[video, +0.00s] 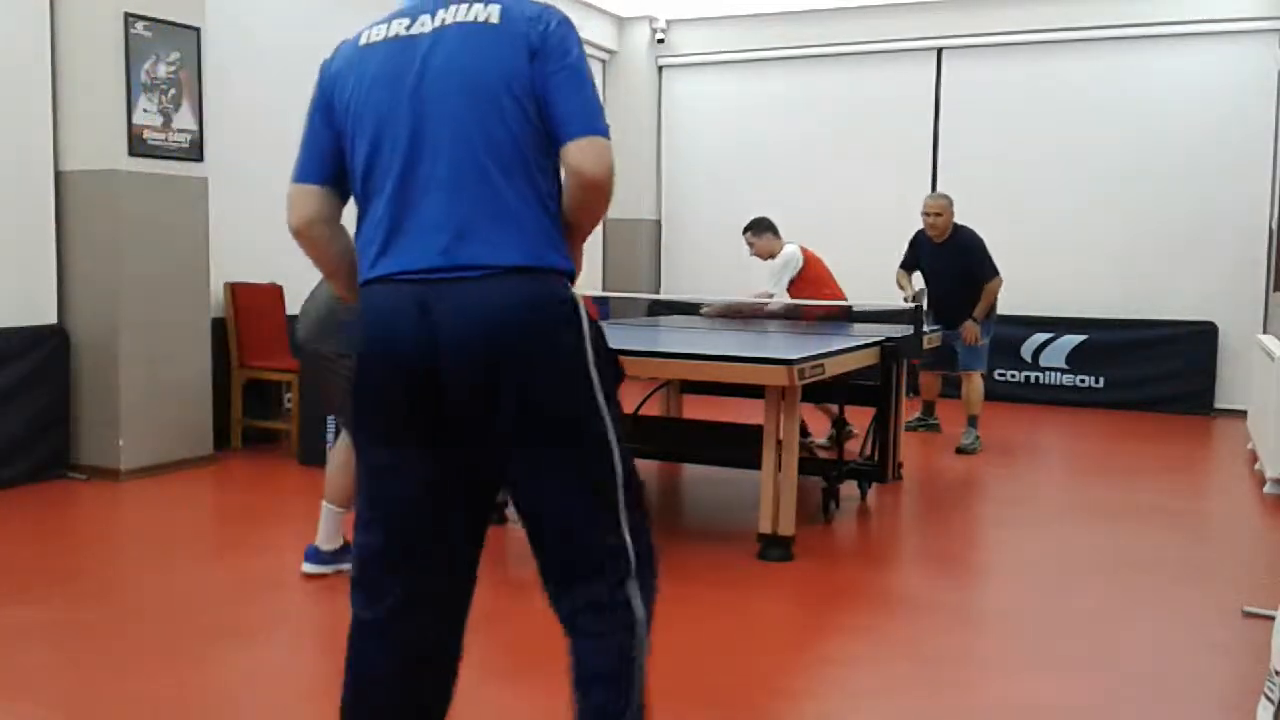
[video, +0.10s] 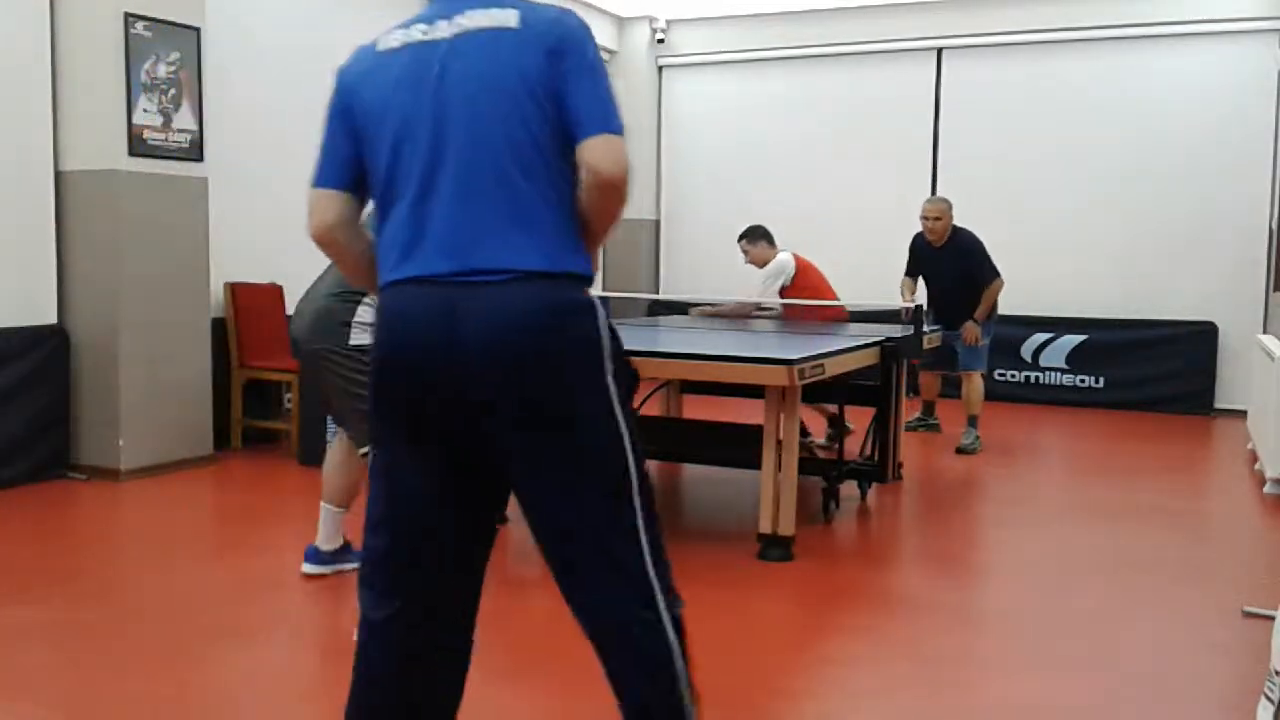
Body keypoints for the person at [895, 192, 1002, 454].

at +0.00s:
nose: (930, 221)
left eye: (937, 216)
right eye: (926, 215)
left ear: (951, 216)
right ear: (921, 215)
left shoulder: (968, 240)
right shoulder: (920, 240)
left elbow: (994, 281)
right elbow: (903, 272)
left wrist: (975, 320)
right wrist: (908, 289)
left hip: (970, 319)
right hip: (937, 317)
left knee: (970, 371)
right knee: (928, 366)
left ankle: (972, 431)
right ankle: (927, 415)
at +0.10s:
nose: (929, 225)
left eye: (936, 220)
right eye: (925, 219)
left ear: (950, 220)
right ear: (920, 219)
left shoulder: (967, 243)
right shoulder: (919, 243)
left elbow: (995, 283)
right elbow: (910, 278)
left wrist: (976, 321)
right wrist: (907, 298)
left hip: (972, 319)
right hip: (938, 317)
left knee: (970, 371)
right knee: (928, 366)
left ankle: (971, 431)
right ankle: (927, 415)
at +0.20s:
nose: (928, 229)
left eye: (935, 223)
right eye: (924, 223)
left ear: (949, 223)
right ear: (919, 222)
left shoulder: (967, 246)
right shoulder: (918, 247)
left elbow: (996, 284)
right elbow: (911, 282)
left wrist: (977, 321)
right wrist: (909, 299)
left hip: (972, 320)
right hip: (938, 318)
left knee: (970, 372)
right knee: (927, 366)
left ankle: (971, 431)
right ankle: (927, 415)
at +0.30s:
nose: (927, 233)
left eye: (933, 228)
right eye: (923, 227)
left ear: (948, 227)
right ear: (918, 227)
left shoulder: (966, 249)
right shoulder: (917, 250)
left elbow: (999, 287)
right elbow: (909, 283)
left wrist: (977, 322)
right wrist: (911, 301)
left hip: (974, 320)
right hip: (939, 319)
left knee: (970, 371)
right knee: (926, 365)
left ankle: (971, 431)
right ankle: (927, 415)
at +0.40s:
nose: (927, 237)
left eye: (933, 231)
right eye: (922, 231)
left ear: (947, 231)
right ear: (917, 231)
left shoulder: (965, 251)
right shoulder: (916, 252)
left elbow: (999, 287)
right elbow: (909, 287)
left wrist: (978, 322)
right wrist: (913, 305)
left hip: (975, 320)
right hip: (940, 319)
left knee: (971, 371)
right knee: (926, 365)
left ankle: (971, 431)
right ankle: (926, 416)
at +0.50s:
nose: (925, 240)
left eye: (931, 234)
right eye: (921, 234)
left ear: (946, 234)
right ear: (916, 234)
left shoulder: (964, 253)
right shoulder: (916, 254)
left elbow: (1000, 288)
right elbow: (910, 289)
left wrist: (978, 322)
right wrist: (912, 310)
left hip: (975, 320)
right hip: (940, 320)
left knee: (971, 371)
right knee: (925, 364)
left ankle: (971, 431)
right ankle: (927, 416)